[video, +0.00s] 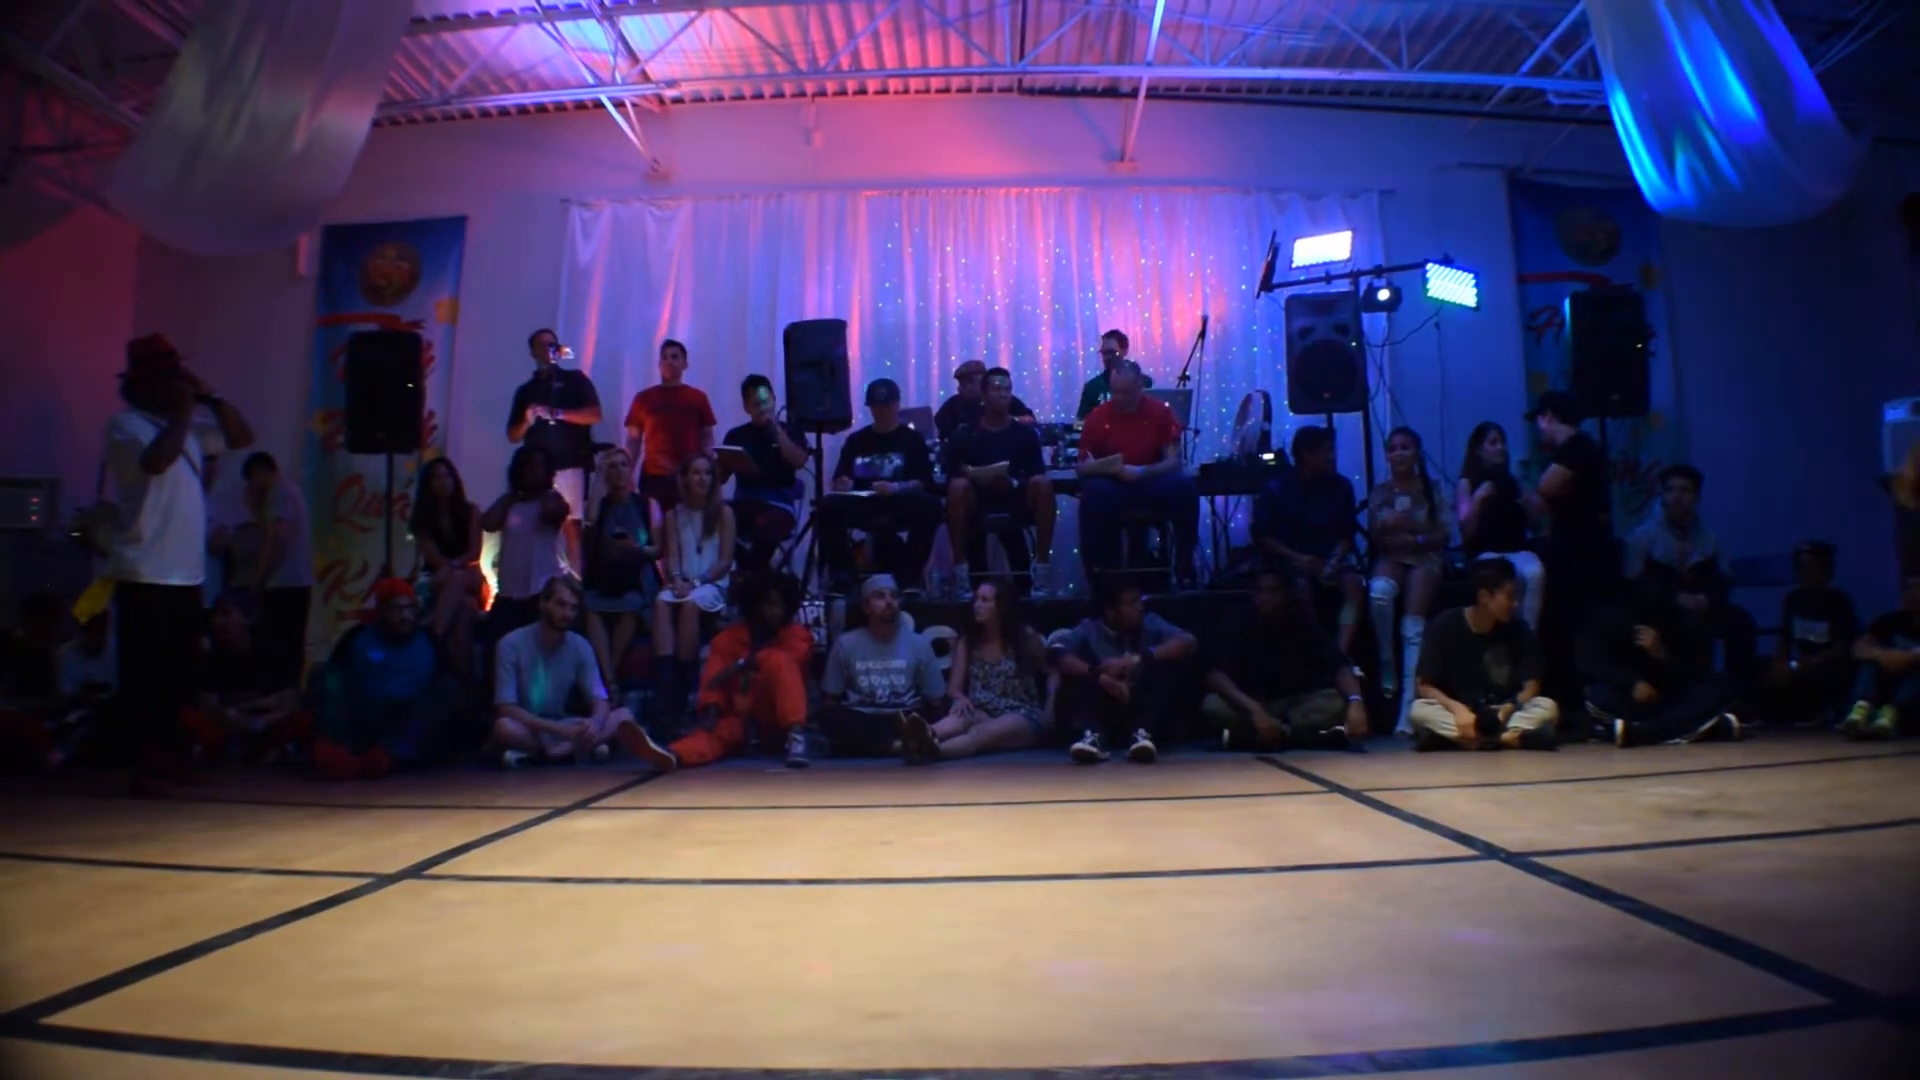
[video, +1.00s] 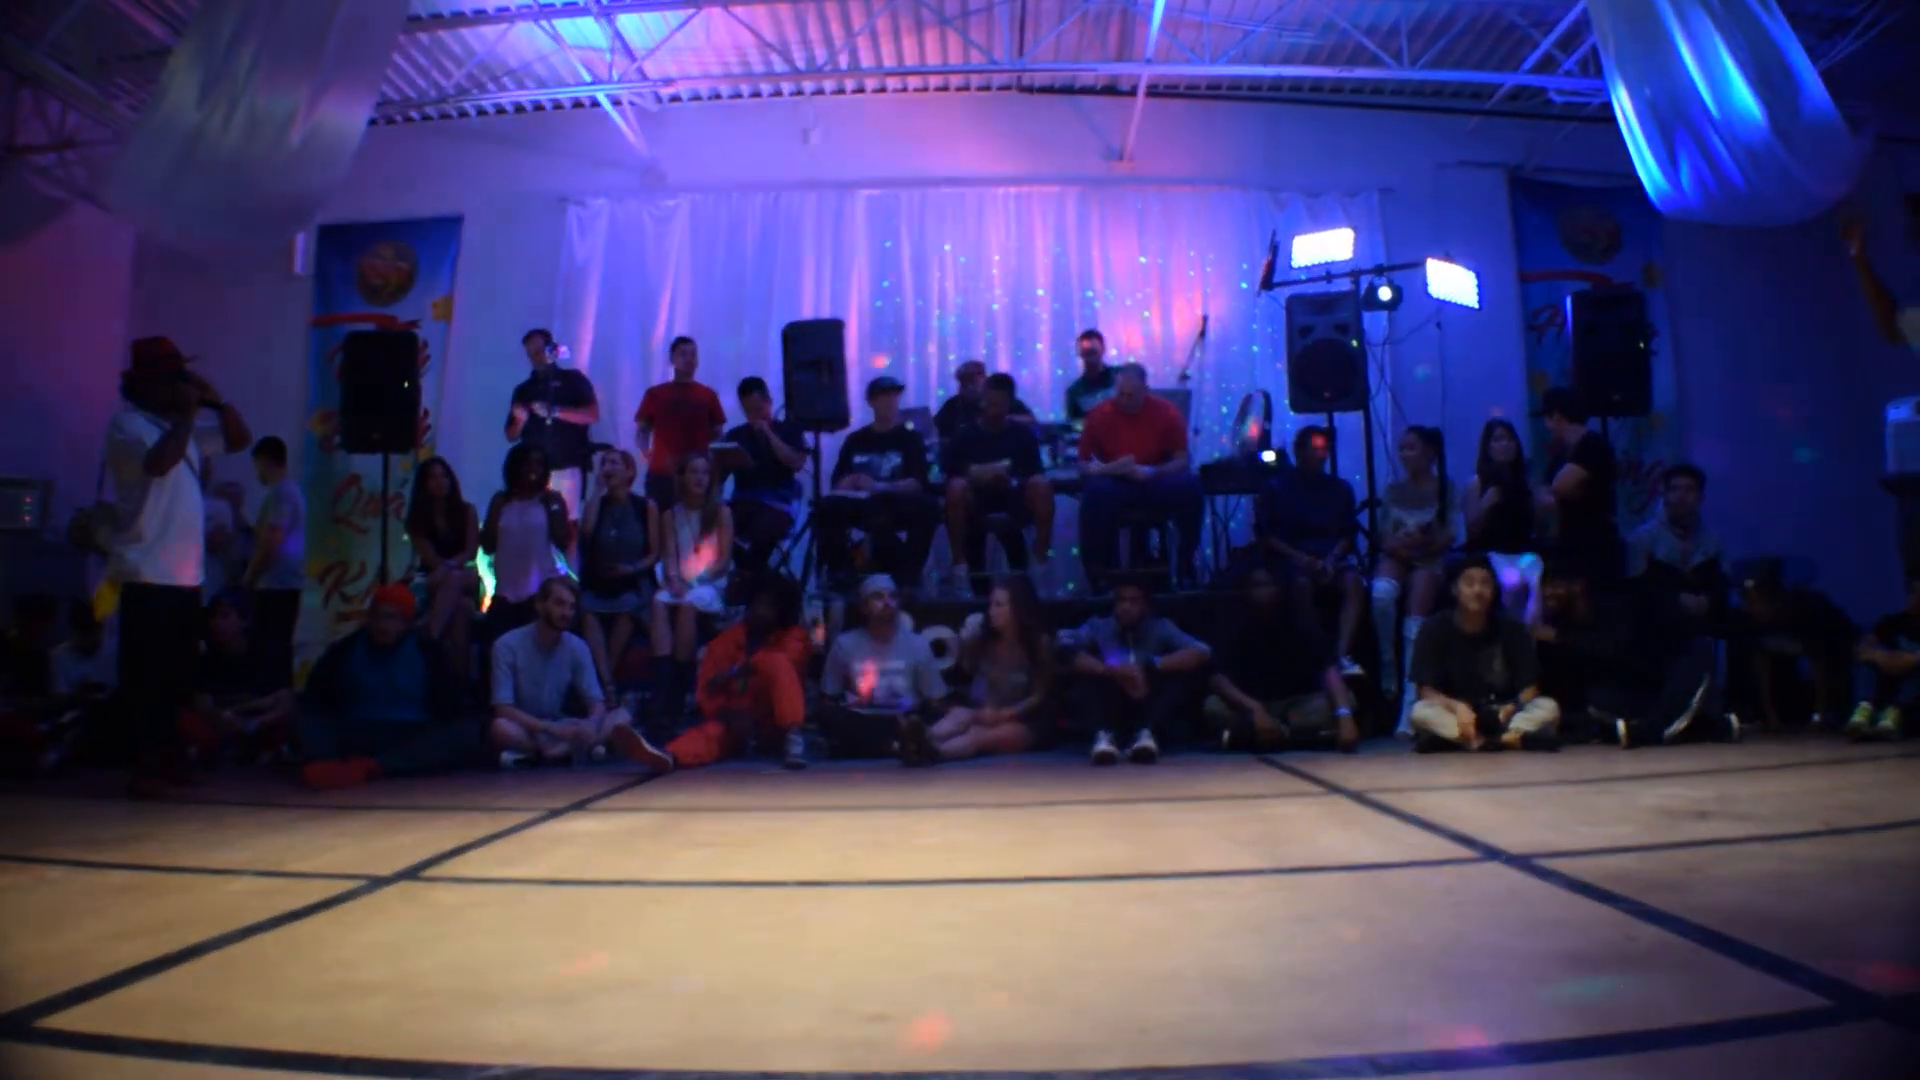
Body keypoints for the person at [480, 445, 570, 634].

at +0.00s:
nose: (534, 472)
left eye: (540, 466)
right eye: (529, 466)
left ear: (549, 471)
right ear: (518, 470)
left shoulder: (552, 499)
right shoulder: (509, 502)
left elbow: (556, 514)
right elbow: (488, 524)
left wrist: (547, 495)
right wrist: (510, 498)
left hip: (543, 593)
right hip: (509, 593)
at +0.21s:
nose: (537, 470)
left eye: (541, 465)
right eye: (531, 464)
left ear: (548, 470)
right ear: (518, 469)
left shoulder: (554, 502)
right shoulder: (506, 503)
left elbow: (557, 526)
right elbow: (485, 536)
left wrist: (548, 499)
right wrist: (506, 501)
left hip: (542, 593)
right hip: (508, 593)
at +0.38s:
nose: (538, 471)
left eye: (542, 465)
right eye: (532, 465)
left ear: (548, 470)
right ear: (518, 469)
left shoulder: (555, 503)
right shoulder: (505, 503)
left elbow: (555, 532)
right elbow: (486, 539)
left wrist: (549, 500)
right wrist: (506, 502)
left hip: (544, 595)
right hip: (509, 594)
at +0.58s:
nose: (536, 471)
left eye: (541, 465)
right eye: (530, 465)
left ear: (547, 470)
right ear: (517, 469)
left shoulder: (553, 502)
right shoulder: (503, 502)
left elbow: (559, 538)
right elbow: (488, 543)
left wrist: (553, 506)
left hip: (543, 591)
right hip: (508, 591)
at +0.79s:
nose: (535, 471)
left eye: (540, 465)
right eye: (529, 465)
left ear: (547, 470)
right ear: (517, 469)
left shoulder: (553, 502)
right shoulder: (503, 502)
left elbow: (562, 540)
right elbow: (487, 545)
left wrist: (553, 507)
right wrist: (499, 510)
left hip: (543, 590)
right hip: (508, 591)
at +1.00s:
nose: (533, 472)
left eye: (538, 466)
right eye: (527, 466)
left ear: (545, 470)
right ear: (514, 469)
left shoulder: (551, 501)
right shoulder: (500, 501)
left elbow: (563, 542)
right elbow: (488, 545)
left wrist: (553, 510)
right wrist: (497, 510)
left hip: (541, 591)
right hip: (506, 592)